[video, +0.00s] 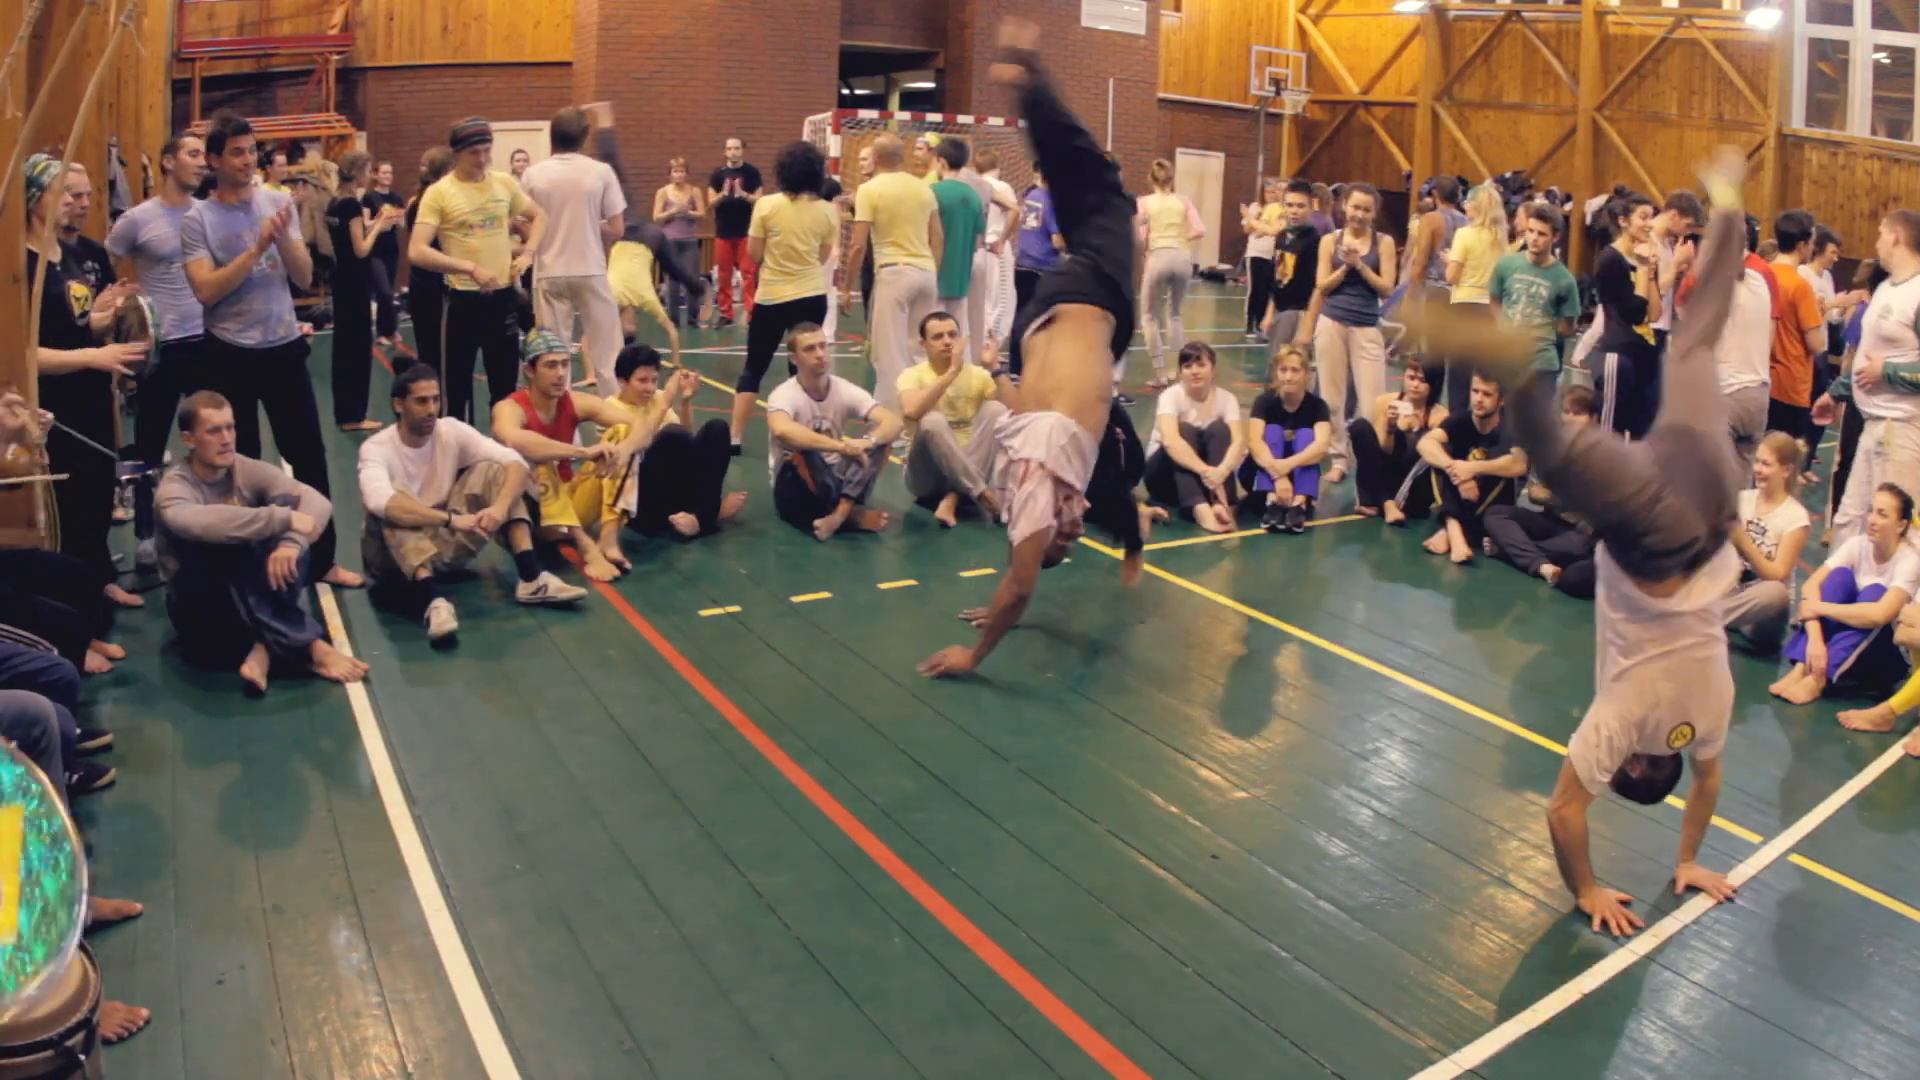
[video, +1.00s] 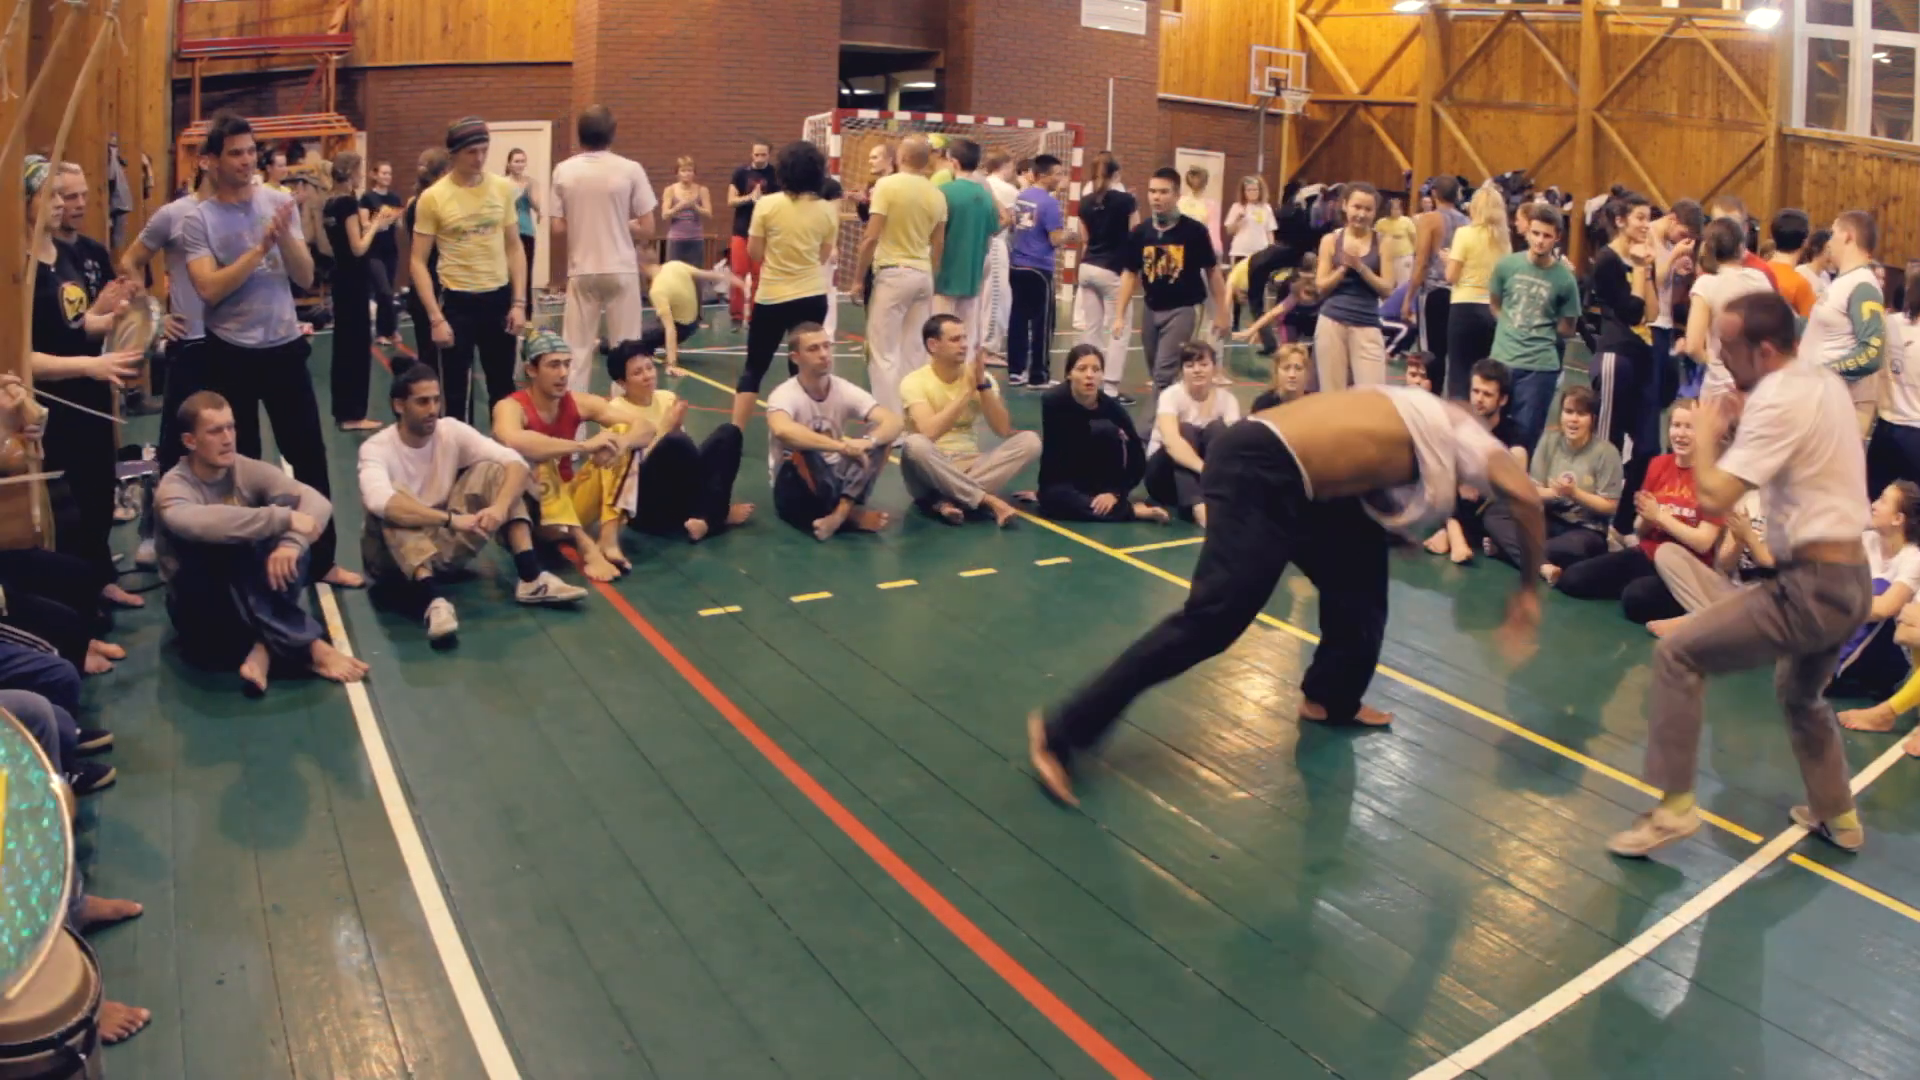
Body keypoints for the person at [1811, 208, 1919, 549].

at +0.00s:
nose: (1876, 243)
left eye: (1880, 235)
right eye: (1878, 235)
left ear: (1896, 238)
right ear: (1899, 239)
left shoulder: (1915, 291)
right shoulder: (1886, 288)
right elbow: (1871, 358)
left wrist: (1888, 371)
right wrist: (1837, 393)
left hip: (1905, 423)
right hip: (1873, 420)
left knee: (1898, 524)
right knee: (1850, 517)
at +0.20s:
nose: (1855, 239)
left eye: (1859, 231)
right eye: (1857, 232)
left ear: (1874, 233)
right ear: (1880, 234)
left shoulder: (1905, 288)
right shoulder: (1869, 283)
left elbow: (1916, 357)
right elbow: (1856, 348)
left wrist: (1865, 360)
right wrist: (1826, 387)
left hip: (1885, 414)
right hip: (1856, 411)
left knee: (1866, 515)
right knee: (1838, 511)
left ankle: (1867, 597)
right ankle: (1832, 594)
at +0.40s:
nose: (1843, 238)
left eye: (1846, 230)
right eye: (1845, 231)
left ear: (1858, 230)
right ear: (1877, 233)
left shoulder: (1890, 284)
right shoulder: (1859, 282)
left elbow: (1904, 355)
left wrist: (1844, 360)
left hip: (1871, 412)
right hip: (1846, 407)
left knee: (1847, 510)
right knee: (1827, 502)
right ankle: (1826, 591)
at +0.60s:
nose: (1839, 243)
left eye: (1842, 235)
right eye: (1840, 235)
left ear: (1856, 235)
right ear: (1869, 237)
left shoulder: (1879, 287)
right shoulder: (1857, 284)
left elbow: (1889, 360)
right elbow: (1856, 347)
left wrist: (1832, 364)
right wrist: (1819, 360)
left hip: (1862, 414)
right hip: (1841, 410)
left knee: (1838, 514)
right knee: (1810, 498)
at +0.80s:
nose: (1836, 242)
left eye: (1840, 234)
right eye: (1838, 234)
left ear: (1855, 236)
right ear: (1862, 237)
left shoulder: (1875, 287)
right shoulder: (1850, 282)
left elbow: (1883, 358)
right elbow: (1844, 336)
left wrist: (1828, 362)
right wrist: (1809, 336)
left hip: (1856, 408)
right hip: (1834, 403)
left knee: (1841, 497)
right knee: (1825, 490)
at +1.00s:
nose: (1828, 244)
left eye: (1832, 235)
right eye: (1829, 236)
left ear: (1848, 237)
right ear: (1849, 238)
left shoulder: (1863, 286)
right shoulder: (1842, 281)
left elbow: (1872, 354)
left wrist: (1818, 374)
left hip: (1850, 402)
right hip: (1827, 397)